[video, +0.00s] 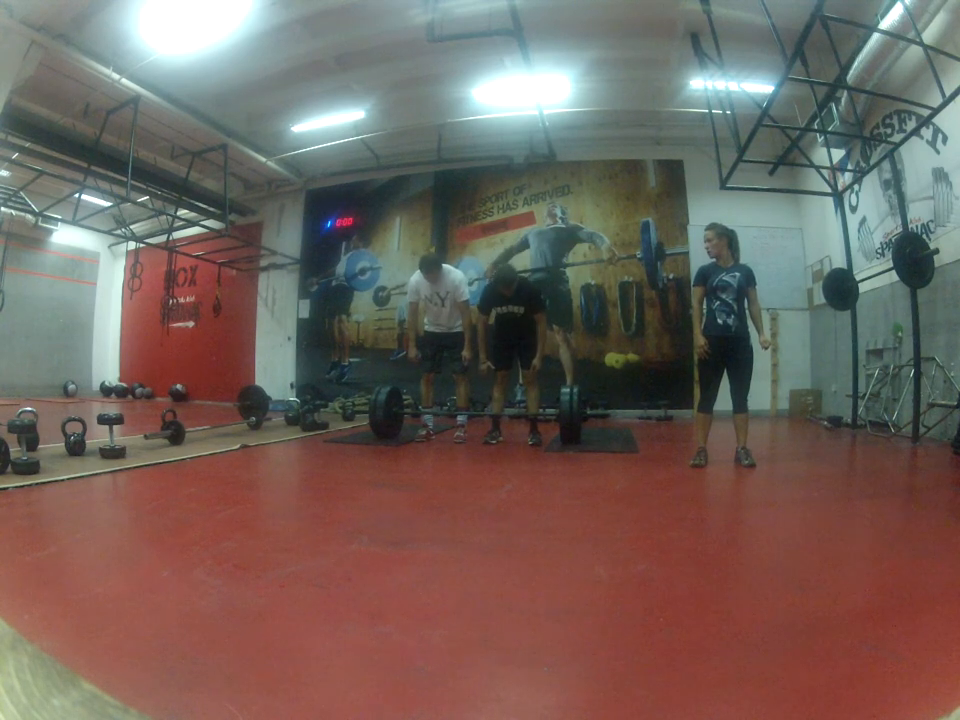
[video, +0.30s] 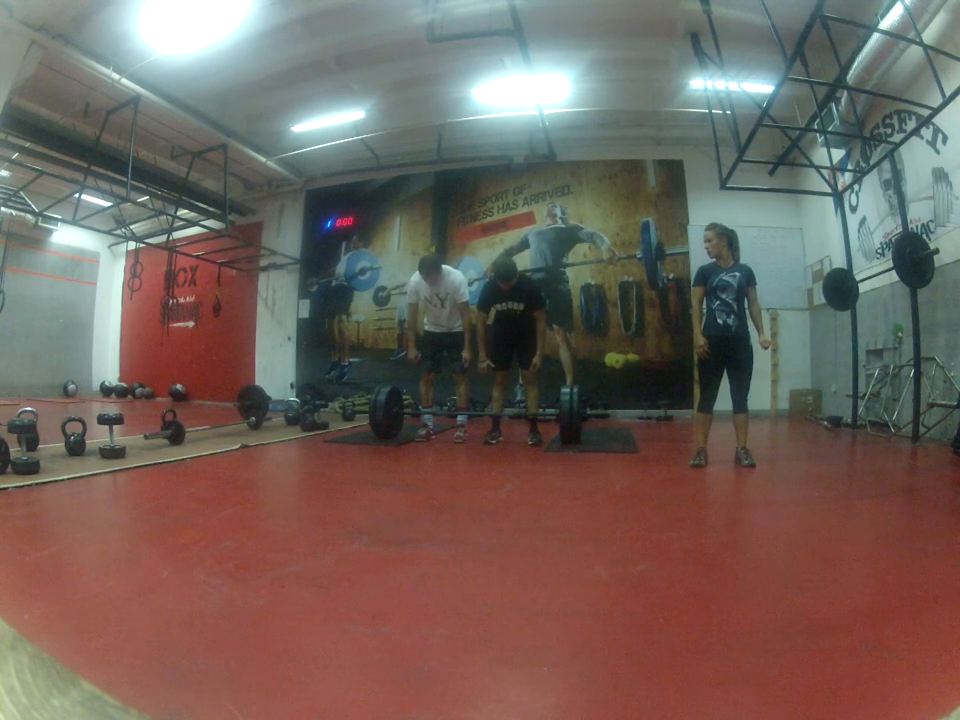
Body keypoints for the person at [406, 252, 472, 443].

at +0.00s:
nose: (431, 279)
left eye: (433, 276)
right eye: (427, 276)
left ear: (440, 269)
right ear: (422, 272)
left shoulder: (456, 277)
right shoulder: (416, 280)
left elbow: (466, 312)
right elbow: (412, 315)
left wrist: (467, 346)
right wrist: (412, 344)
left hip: (456, 331)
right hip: (431, 331)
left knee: (460, 377)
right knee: (427, 376)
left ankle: (461, 426)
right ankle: (427, 425)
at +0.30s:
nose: (430, 281)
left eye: (433, 278)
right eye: (426, 278)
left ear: (439, 271)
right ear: (422, 273)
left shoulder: (456, 278)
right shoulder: (415, 281)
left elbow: (466, 313)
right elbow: (412, 316)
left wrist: (467, 347)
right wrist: (411, 345)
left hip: (456, 331)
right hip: (431, 331)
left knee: (460, 376)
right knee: (427, 376)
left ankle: (461, 425)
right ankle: (427, 425)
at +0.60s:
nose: (427, 299)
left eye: (430, 295)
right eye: (423, 296)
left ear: (436, 287)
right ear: (417, 290)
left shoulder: (453, 293)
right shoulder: (412, 295)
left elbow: (464, 327)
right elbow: (409, 328)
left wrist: (467, 362)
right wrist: (408, 360)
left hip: (452, 333)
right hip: (428, 333)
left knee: (456, 374)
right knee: (423, 375)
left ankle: (459, 425)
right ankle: (426, 425)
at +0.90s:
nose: (430, 346)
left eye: (432, 343)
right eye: (427, 345)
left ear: (438, 336)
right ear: (420, 340)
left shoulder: (454, 336)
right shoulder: (411, 338)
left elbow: (463, 368)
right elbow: (407, 371)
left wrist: (465, 400)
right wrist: (407, 401)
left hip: (452, 350)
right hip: (427, 351)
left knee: (453, 375)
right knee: (421, 376)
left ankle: (458, 425)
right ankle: (426, 424)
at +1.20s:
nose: (430, 323)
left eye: (433, 319)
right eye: (427, 320)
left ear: (439, 315)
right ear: (421, 317)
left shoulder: (453, 320)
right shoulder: (412, 322)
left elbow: (461, 356)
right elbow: (409, 359)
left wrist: (466, 389)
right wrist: (408, 393)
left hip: (449, 344)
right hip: (426, 344)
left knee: (452, 373)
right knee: (421, 374)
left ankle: (458, 425)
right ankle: (426, 424)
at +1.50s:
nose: (430, 251)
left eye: (434, 247)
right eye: (427, 247)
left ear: (441, 246)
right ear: (423, 247)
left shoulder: (456, 269)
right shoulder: (415, 270)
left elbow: (461, 304)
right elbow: (410, 306)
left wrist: (463, 335)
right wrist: (406, 336)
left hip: (451, 330)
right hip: (425, 329)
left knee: (456, 376)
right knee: (425, 377)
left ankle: (459, 425)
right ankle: (427, 425)